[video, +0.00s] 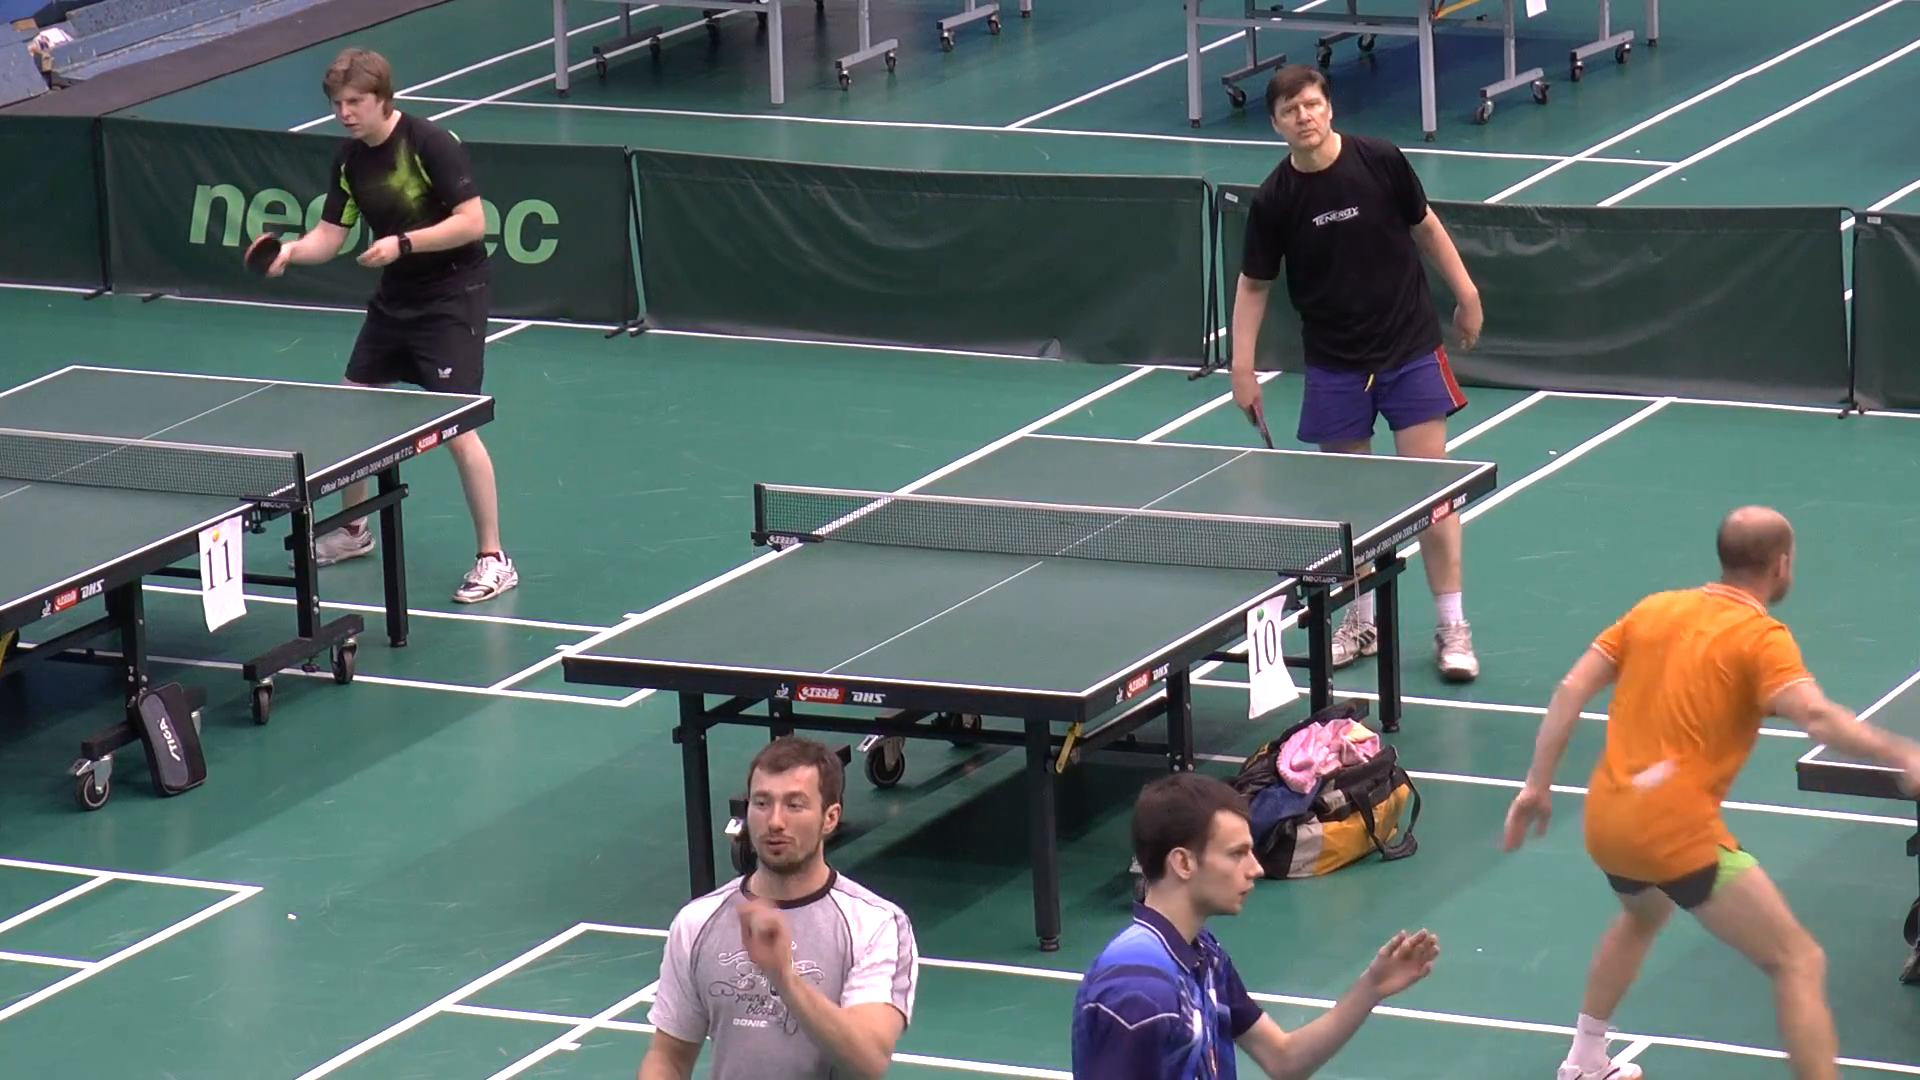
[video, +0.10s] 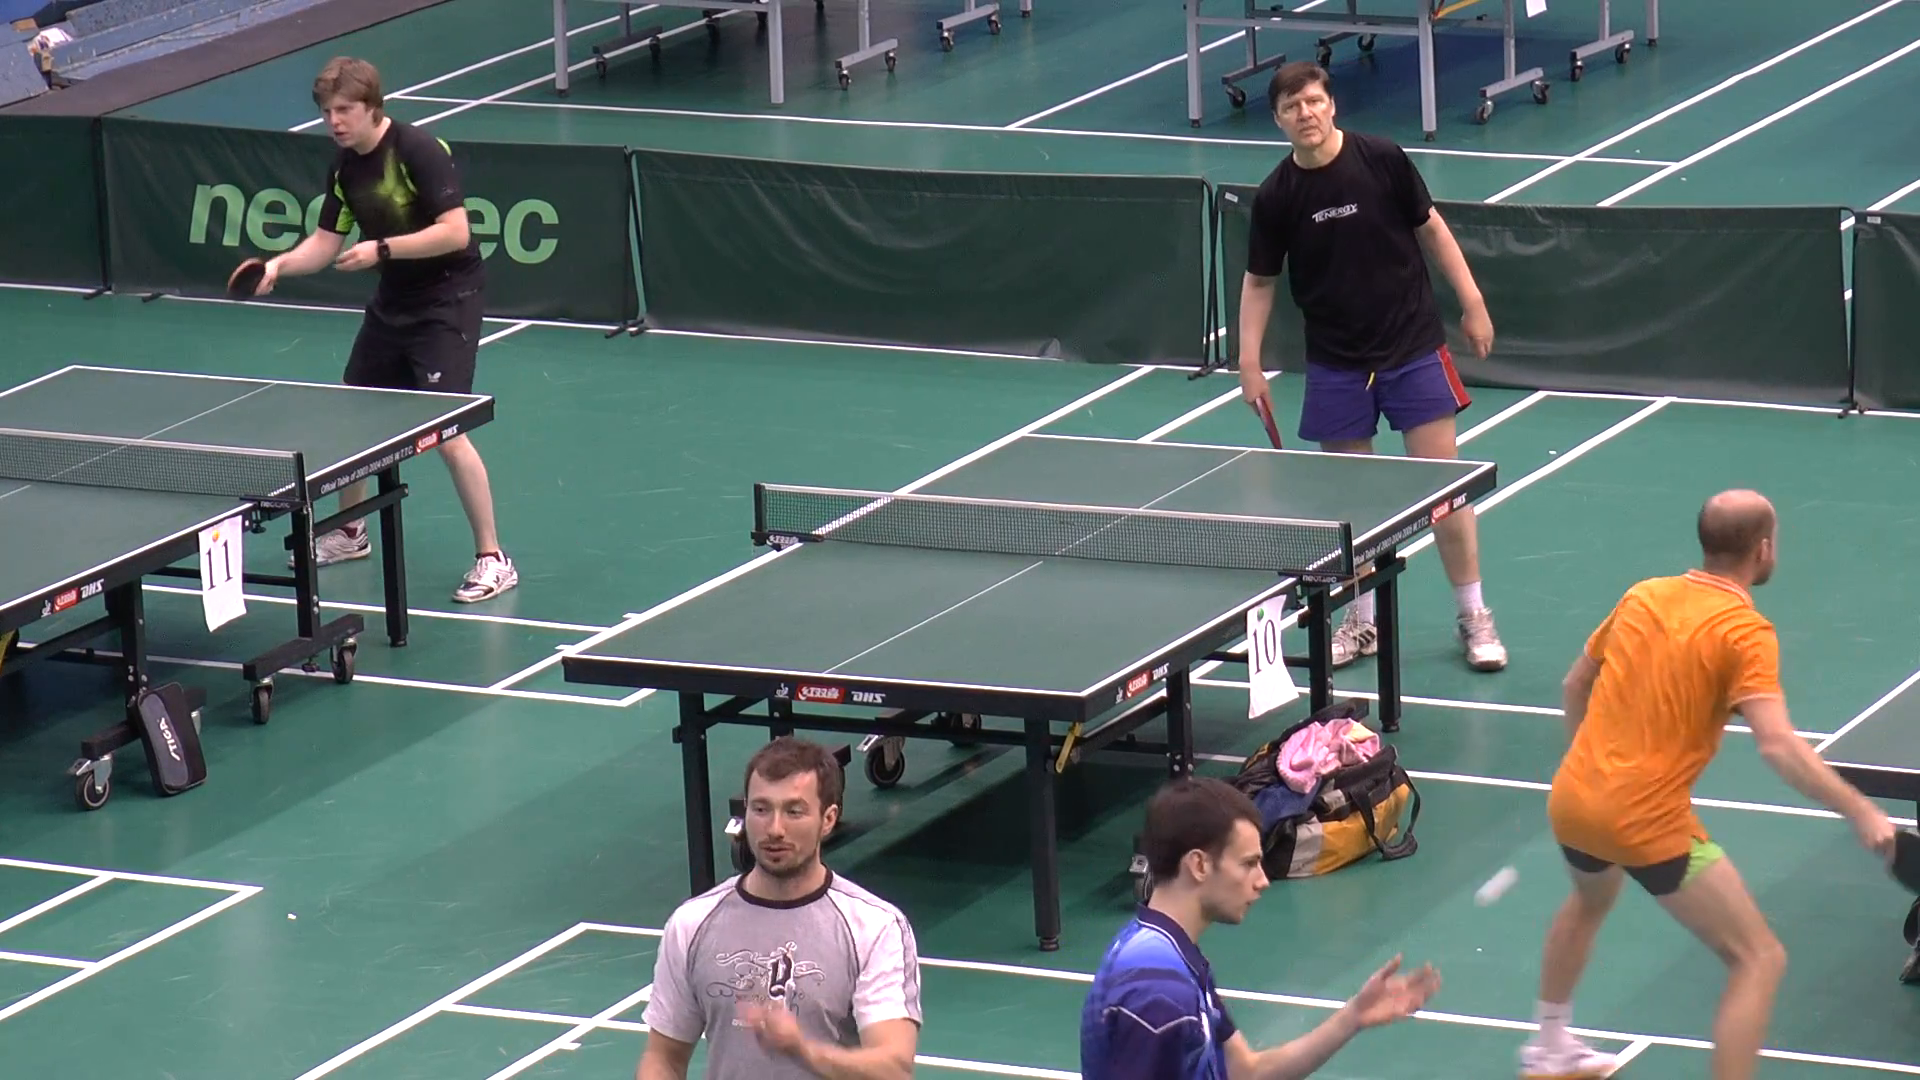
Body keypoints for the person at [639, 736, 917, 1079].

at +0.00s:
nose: (775, 821)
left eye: (794, 805)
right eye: (762, 803)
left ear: (830, 818)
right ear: (747, 813)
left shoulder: (879, 926)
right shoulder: (696, 924)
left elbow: (870, 1059)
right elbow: (670, 1057)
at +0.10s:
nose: (775, 828)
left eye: (794, 810)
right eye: (762, 809)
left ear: (828, 820)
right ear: (745, 815)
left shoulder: (877, 928)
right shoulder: (691, 926)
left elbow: (894, 1063)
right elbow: (665, 1058)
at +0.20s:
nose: (793, 837)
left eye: (808, 816)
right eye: (775, 817)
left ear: (827, 818)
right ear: (744, 818)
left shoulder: (876, 928)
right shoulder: (686, 929)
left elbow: (905, 1061)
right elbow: (658, 1056)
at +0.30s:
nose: (820, 843)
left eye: (828, 823)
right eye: (800, 826)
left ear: (836, 819)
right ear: (752, 827)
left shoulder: (875, 927)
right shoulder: (681, 934)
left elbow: (906, 1063)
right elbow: (651, 1059)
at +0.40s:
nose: (838, 851)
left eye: (839, 831)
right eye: (819, 834)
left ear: (843, 822)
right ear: (764, 835)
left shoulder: (871, 922)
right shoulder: (681, 939)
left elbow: (904, 1058)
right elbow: (644, 1062)